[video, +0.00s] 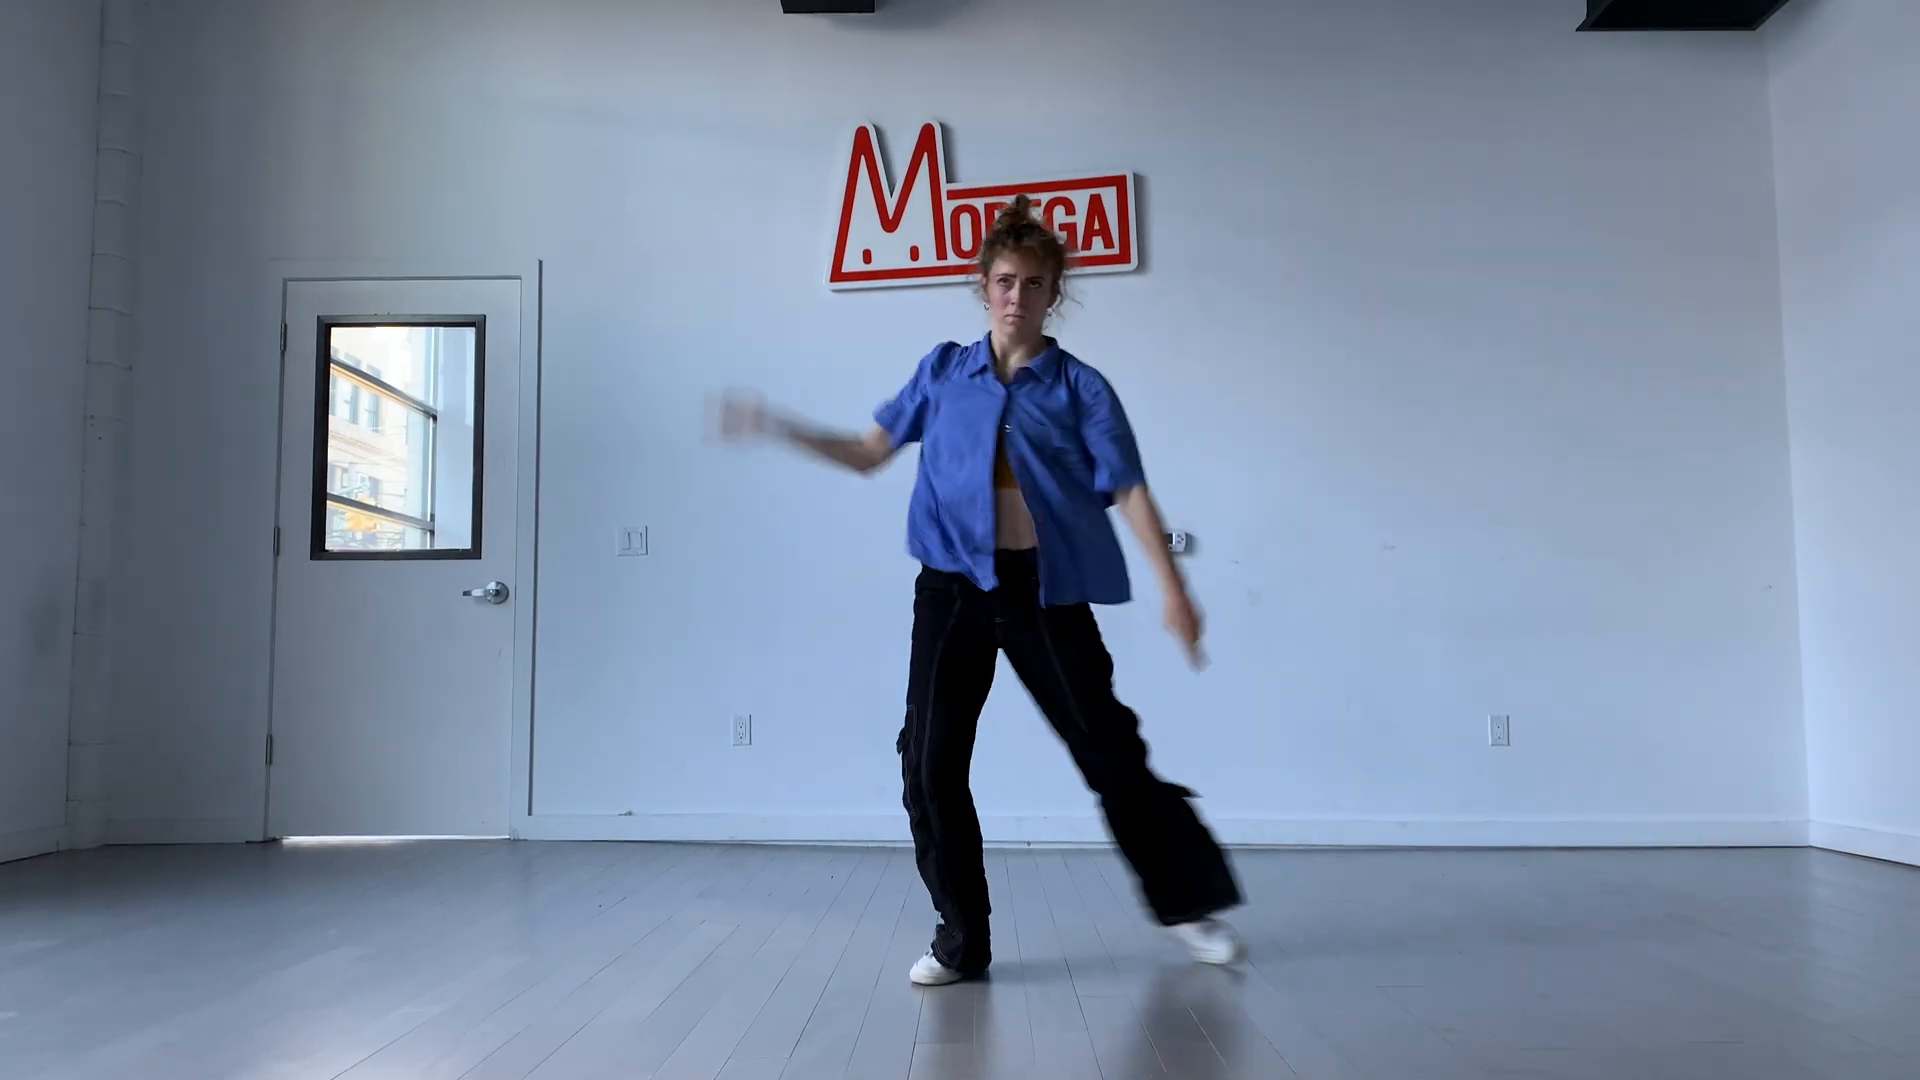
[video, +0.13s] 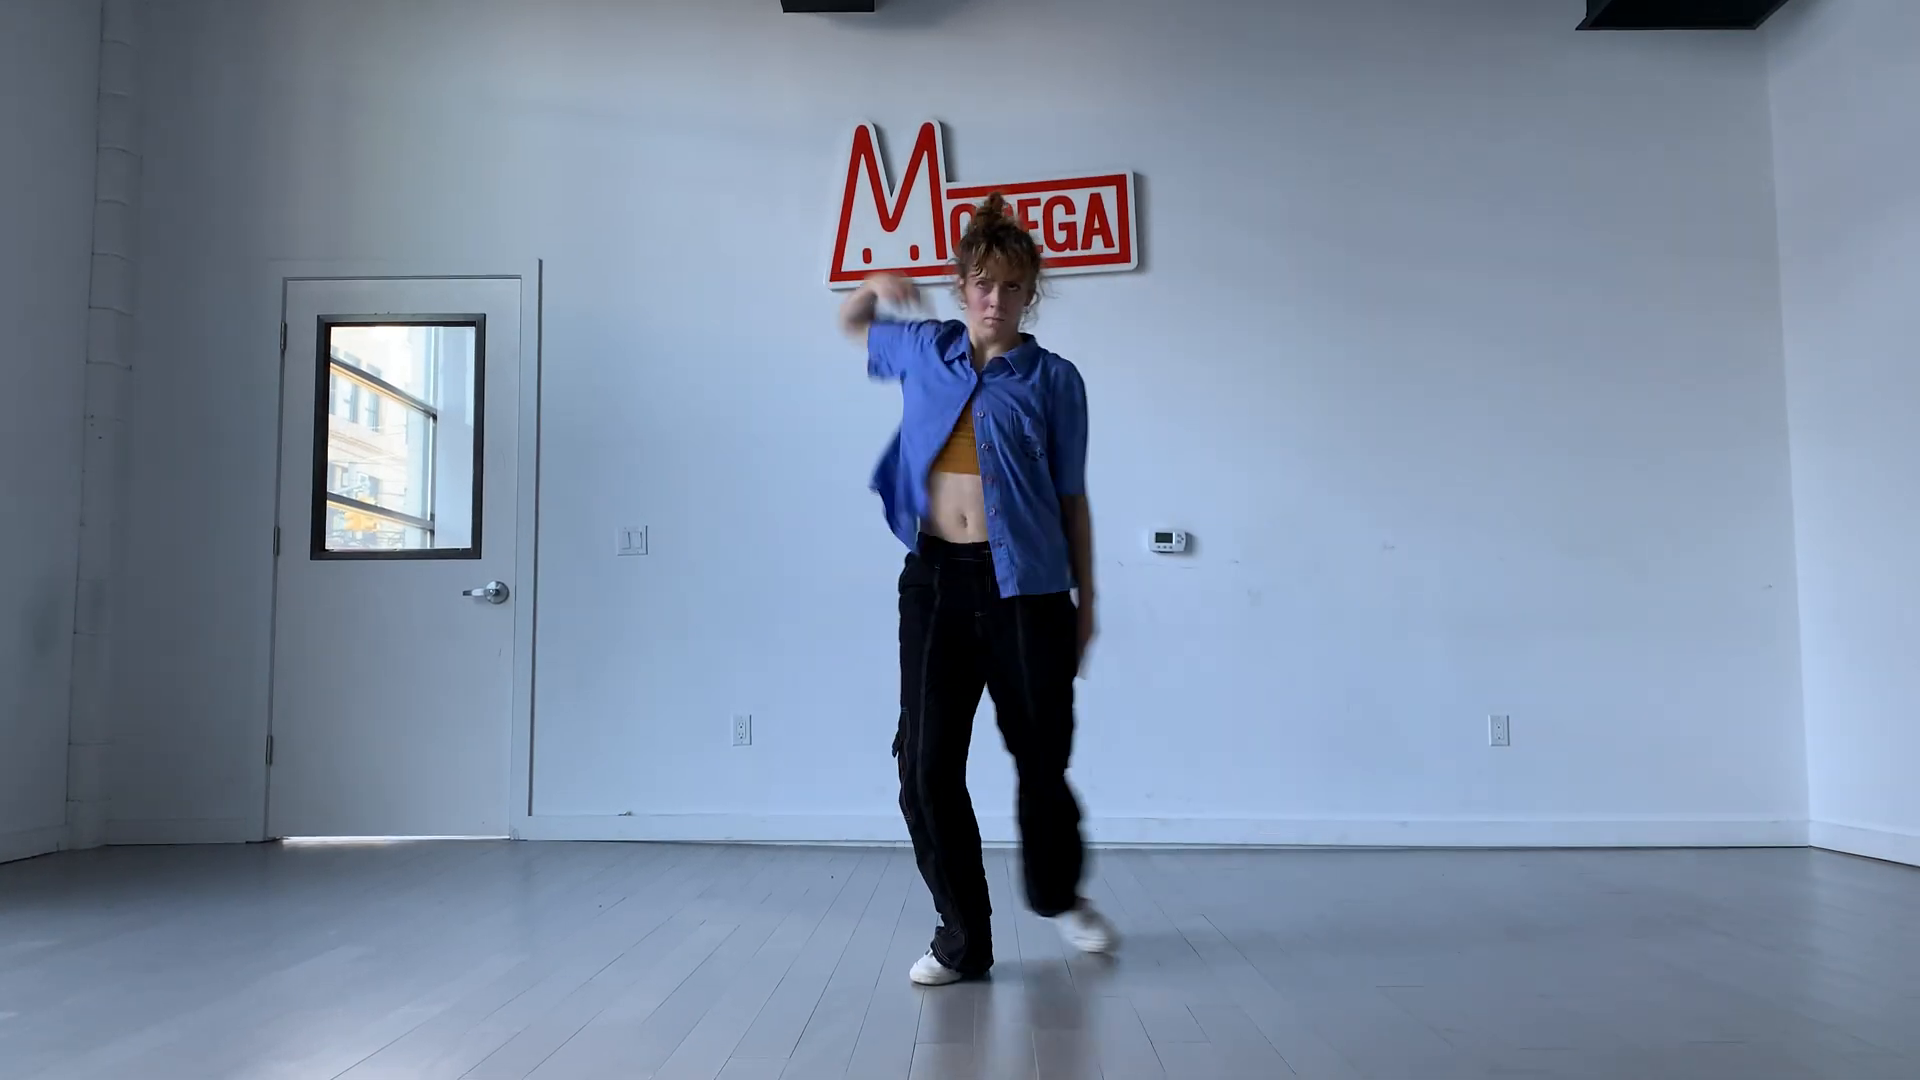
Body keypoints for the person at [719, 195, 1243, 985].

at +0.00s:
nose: (1014, 299)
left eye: (1030, 284)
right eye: (1001, 283)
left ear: (1053, 293)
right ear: (983, 288)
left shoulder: (1081, 389)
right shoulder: (943, 372)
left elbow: (1129, 493)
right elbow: (867, 450)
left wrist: (1172, 588)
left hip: (1046, 591)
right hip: (953, 587)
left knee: (1109, 750)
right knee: (929, 761)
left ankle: (1189, 906)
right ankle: (959, 939)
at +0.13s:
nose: (994, 300)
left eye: (1009, 286)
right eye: (980, 284)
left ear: (1030, 291)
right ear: (960, 286)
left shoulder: (1054, 380)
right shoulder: (920, 348)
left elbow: (1073, 501)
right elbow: (857, 326)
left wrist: (1086, 606)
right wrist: (872, 289)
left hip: (1027, 581)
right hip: (936, 578)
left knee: (1044, 755)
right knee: (927, 765)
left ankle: (1059, 896)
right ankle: (962, 942)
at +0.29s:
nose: (980, 316)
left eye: (994, 303)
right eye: (967, 304)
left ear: (1015, 310)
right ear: (946, 312)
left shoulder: (1043, 398)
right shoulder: (913, 363)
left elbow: (1059, 491)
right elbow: (805, 326)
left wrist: (1093, 567)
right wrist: (840, 224)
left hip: (1004, 600)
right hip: (917, 586)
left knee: (1014, 771)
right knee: (919, 760)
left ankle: (956, 890)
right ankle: (959, 937)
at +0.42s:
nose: (954, 339)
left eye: (968, 326)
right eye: (941, 326)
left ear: (989, 336)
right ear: (922, 334)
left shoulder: (1008, 420)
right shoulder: (906, 404)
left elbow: (1097, 471)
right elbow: (970, 493)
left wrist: (1100, 390)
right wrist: (1033, 446)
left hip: (988, 614)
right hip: (908, 606)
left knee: (995, 778)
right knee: (919, 770)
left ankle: (909, 891)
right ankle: (950, 939)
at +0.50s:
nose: (949, 353)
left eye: (962, 340)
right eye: (935, 340)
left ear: (984, 349)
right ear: (919, 347)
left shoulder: (1004, 422)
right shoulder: (907, 402)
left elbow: (1094, 402)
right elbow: (947, 499)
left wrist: (1023, 351)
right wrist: (1037, 545)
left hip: (981, 606)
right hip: (904, 605)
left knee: (1015, 775)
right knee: (945, 700)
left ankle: (912, 895)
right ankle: (953, 887)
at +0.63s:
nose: (947, 367)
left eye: (961, 353)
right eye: (936, 353)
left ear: (982, 364)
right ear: (918, 361)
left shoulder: (1008, 434)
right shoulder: (882, 436)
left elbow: (1090, 354)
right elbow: (810, 528)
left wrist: (997, 355)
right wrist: (879, 552)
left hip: (963, 632)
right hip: (888, 626)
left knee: (1001, 784)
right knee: (1000, 594)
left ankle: (918, 902)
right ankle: (991, 782)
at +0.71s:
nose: (944, 376)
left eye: (957, 363)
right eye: (932, 363)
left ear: (979, 372)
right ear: (914, 369)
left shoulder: (1008, 438)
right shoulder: (883, 450)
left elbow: (1090, 367)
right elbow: (829, 549)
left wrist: (995, 364)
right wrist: (887, 570)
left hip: (964, 635)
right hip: (892, 623)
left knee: (1010, 798)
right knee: (1020, 683)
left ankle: (910, 912)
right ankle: (913, 807)